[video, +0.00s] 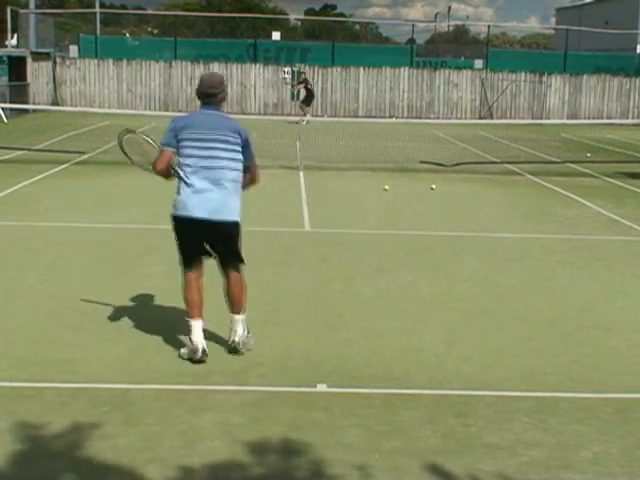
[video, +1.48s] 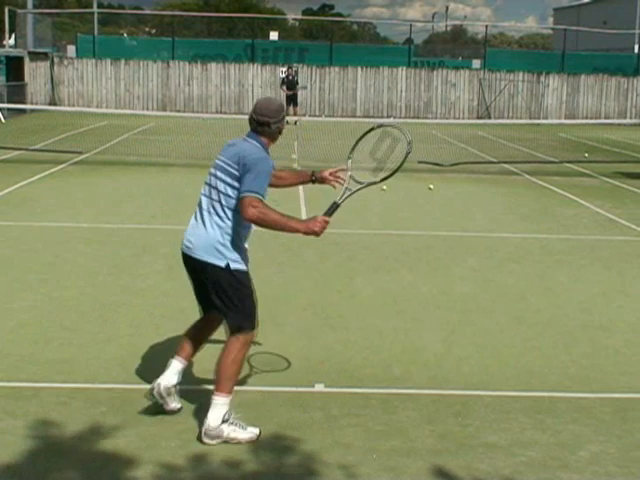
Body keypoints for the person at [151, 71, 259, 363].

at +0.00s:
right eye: (220, 93)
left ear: (197, 96)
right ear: (224, 97)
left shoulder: (180, 125)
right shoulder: (237, 130)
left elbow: (160, 167)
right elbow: (252, 177)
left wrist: (176, 171)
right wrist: (225, 182)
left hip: (188, 214)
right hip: (225, 217)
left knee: (192, 270)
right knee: (233, 268)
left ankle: (197, 342)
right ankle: (238, 333)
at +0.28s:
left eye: (234, 106)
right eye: (250, 105)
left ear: (228, 108)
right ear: (255, 109)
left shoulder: (216, 136)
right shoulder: (273, 143)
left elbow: (192, 179)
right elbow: (287, 193)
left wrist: (199, 193)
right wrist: (263, 211)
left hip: (222, 228)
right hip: (262, 231)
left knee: (199, 278)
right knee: (268, 291)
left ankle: (202, 345)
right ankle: (275, 360)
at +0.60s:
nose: (266, 107)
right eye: (268, 102)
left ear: (242, 105)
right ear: (269, 106)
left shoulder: (222, 136)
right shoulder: (281, 141)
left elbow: (196, 180)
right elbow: (297, 195)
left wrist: (226, 189)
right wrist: (279, 218)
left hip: (229, 233)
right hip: (267, 232)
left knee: (236, 302)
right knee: (283, 301)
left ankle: (236, 378)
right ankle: (297, 368)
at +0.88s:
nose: (295, 117)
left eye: (292, 112)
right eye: (294, 113)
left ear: (260, 116)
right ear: (289, 118)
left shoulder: (237, 151)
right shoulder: (299, 154)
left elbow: (222, 203)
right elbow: (313, 213)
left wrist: (253, 211)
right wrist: (302, 244)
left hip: (240, 251)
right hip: (282, 252)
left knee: (230, 314)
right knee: (309, 320)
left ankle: (200, 380)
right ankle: (316, 403)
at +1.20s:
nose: (279, 125)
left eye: (277, 120)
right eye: (278, 121)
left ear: (248, 119)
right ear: (274, 124)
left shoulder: (230, 145)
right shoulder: (261, 157)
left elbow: (256, 189)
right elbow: (260, 215)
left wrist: (301, 197)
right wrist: (294, 238)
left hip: (197, 246)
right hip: (231, 251)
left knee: (203, 319)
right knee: (265, 321)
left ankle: (165, 393)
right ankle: (261, 409)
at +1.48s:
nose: (282, 129)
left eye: (278, 123)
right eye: (282, 124)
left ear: (252, 122)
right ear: (279, 128)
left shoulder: (234, 148)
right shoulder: (258, 159)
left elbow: (273, 176)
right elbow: (251, 209)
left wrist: (315, 175)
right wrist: (303, 226)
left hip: (195, 247)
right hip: (221, 256)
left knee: (213, 313)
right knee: (242, 331)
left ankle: (167, 381)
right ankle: (217, 419)